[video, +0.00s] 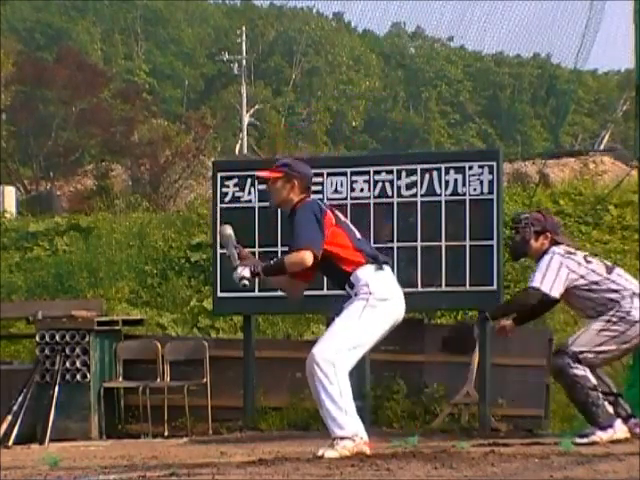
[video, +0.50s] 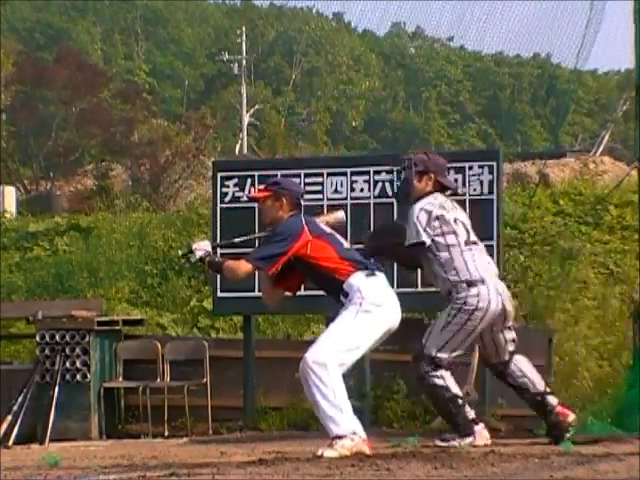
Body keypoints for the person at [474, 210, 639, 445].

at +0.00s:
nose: (516, 240)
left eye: (523, 234)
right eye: (516, 234)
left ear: (545, 239)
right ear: (545, 240)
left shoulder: (555, 257)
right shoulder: (563, 255)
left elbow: (532, 299)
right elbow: (548, 300)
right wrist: (514, 322)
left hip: (627, 312)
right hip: (631, 311)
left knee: (565, 361)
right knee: (576, 360)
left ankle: (608, 426)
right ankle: (625, 420)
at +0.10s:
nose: (510, 237)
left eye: (514, 231)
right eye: (510, 232)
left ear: (533, 229)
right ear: (534, 230)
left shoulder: (544, 248)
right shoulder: (554, 246)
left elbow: (516, 282)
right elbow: (533, 287)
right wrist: (493, 300)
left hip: (611, 309)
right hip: (626, 310)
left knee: (545, 350)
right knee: (575, 366)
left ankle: (591, 414)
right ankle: (624, 420)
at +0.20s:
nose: (492, 227)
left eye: (497, 221)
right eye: (492, 221)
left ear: (517, 223)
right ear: (518, 223)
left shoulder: (527, 243)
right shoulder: (540, 241)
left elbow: (494, 276)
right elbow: (503, 280)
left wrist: (442, 257)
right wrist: (464, 278)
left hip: (589, 308)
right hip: (608, 309)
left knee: (521, 344)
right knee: (570, 372)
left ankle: (534, 422)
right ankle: (626, 423)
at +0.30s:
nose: (470, 217)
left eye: (476, 211)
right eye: (470, 211)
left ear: (495, 214)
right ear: (496, 214)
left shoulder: (501, 238)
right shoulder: (514, 236)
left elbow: (463, 268)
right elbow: (469, 269)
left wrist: (417, 262)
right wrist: (427, 267)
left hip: (561, 311)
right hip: (579, 311)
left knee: (488, 345)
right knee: (564, 377)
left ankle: (479, 428)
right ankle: (622, 423)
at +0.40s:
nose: (440, 198)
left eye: (447, 192)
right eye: (441, 192)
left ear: (466, 194)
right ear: (466, 196)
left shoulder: (470, 221)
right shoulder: (482, 222)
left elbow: (452, 267)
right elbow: (453, 272)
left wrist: (406, 269)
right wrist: (410, 268)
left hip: (517, 308)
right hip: (537, 306)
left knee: (454, 354)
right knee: (549, 375)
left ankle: (473, 432)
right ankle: (611, 422)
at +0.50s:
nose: (409, 181)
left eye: (415, 176)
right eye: (410, 175)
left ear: (430, 180)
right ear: (434, 181)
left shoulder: (421, 209)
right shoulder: (453, 206)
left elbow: (415, 259)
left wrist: (384, 247)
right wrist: (394, 244)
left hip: (471, 297)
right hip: (498, 293)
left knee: (429, 363)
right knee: (503, 359)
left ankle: (470, 430)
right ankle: (554, 411)